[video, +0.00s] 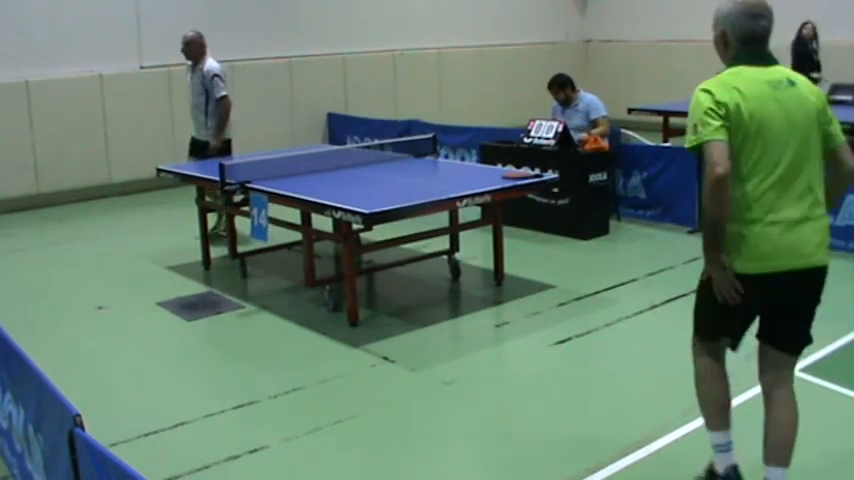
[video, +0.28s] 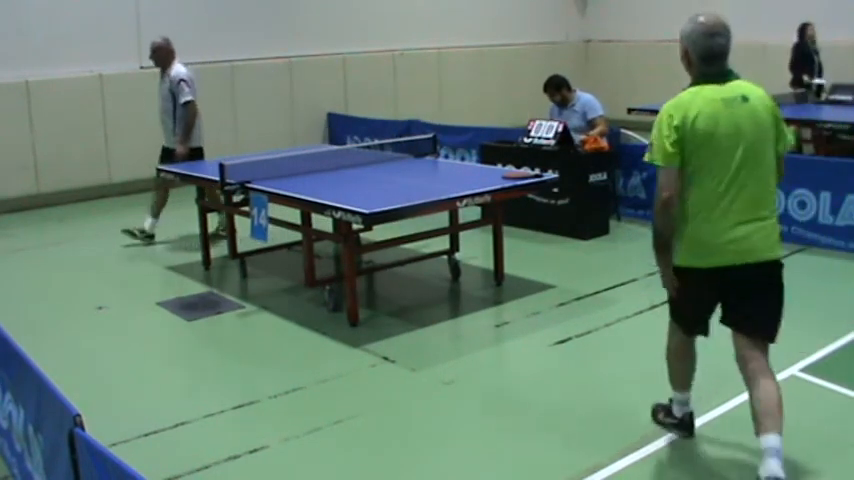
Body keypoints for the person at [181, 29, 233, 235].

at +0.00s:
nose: (183, 50)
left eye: (187, 45)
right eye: (182, 46)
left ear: (200, 46)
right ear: (187, 49)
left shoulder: (211, 71)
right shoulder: (192, 69)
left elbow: (225, 102)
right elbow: (200, 101)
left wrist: (218, 136)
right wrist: (200, 129)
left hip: (215, 140)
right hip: (199, 138)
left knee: (219, 184)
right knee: (202, 182)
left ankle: (226, 222)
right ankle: (219, 218)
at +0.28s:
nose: (152, 58)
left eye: (155, 54)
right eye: (151, 54)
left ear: (168, 53)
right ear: (162, 55)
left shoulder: (179, 76)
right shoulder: (166, 75)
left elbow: (190, 108)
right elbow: (174, 108)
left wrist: (183, 142)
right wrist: (172, 137)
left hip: (189, 146)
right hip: (171, 144)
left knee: (207, 186)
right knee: (161, 184)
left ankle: (225, 221)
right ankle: (149, 228)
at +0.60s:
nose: (109, 60)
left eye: (111, 55)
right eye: (108, 56)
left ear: (124, 52)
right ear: (116, 54)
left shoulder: (138, 73)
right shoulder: (123, 75)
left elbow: (151, 105)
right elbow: (127, 110)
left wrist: (147, 141)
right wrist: (121, 139)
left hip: (138, 143)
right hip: (126, 142)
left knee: (130, 183)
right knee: (132, 186)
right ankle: (142, 229)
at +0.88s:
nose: (75, 72)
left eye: (76, 67)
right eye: (73, 68)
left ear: (87, 62)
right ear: (87, 61)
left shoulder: (103, 81)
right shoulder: (91, 81)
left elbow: (118, 114)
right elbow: (89, 115)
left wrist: (117, 150)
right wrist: (76, 138)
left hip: (103, 150)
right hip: (100, 149)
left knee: (88, 192)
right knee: (120, 190)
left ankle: (76, 243)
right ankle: (140, 232)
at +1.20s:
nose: (30, 73)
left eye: (30, 67)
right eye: (28, 68)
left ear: (40, 61)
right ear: (41, 60)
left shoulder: (56, 80)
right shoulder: (54, 77)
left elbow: (65, 116)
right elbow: (63, 115)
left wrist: (57, 151)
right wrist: (54, 146)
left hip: (64, 151)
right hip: (58, 149)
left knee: (62, 194)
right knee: (50, 190)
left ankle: (71, 244)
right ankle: (86, 223)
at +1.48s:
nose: (1, 77)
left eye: (1, 72)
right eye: (0, 72)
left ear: (8, 66)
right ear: (12, 63)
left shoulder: (24, 83)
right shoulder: (23, 81)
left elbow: (34, 118)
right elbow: (31, 119)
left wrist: (11, 147)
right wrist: (15, 146)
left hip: (33, 155)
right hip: (29, 155)